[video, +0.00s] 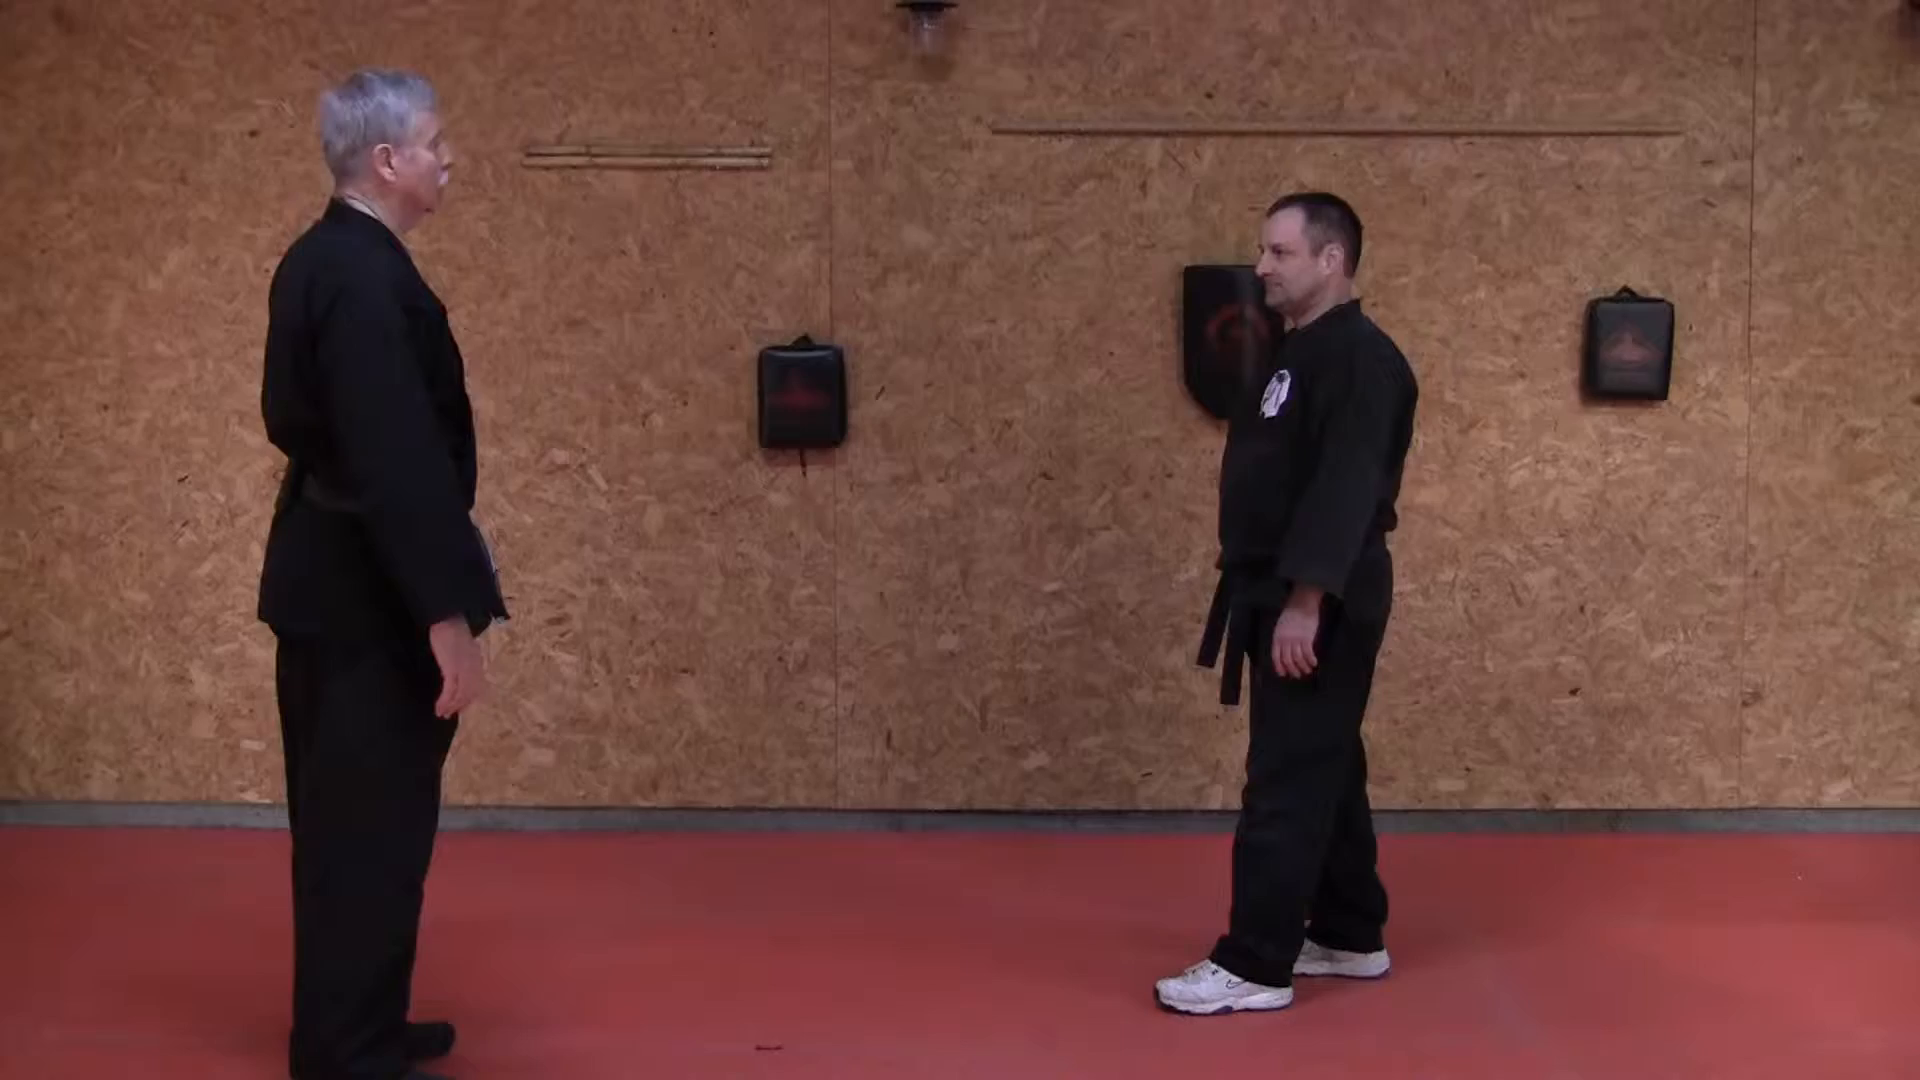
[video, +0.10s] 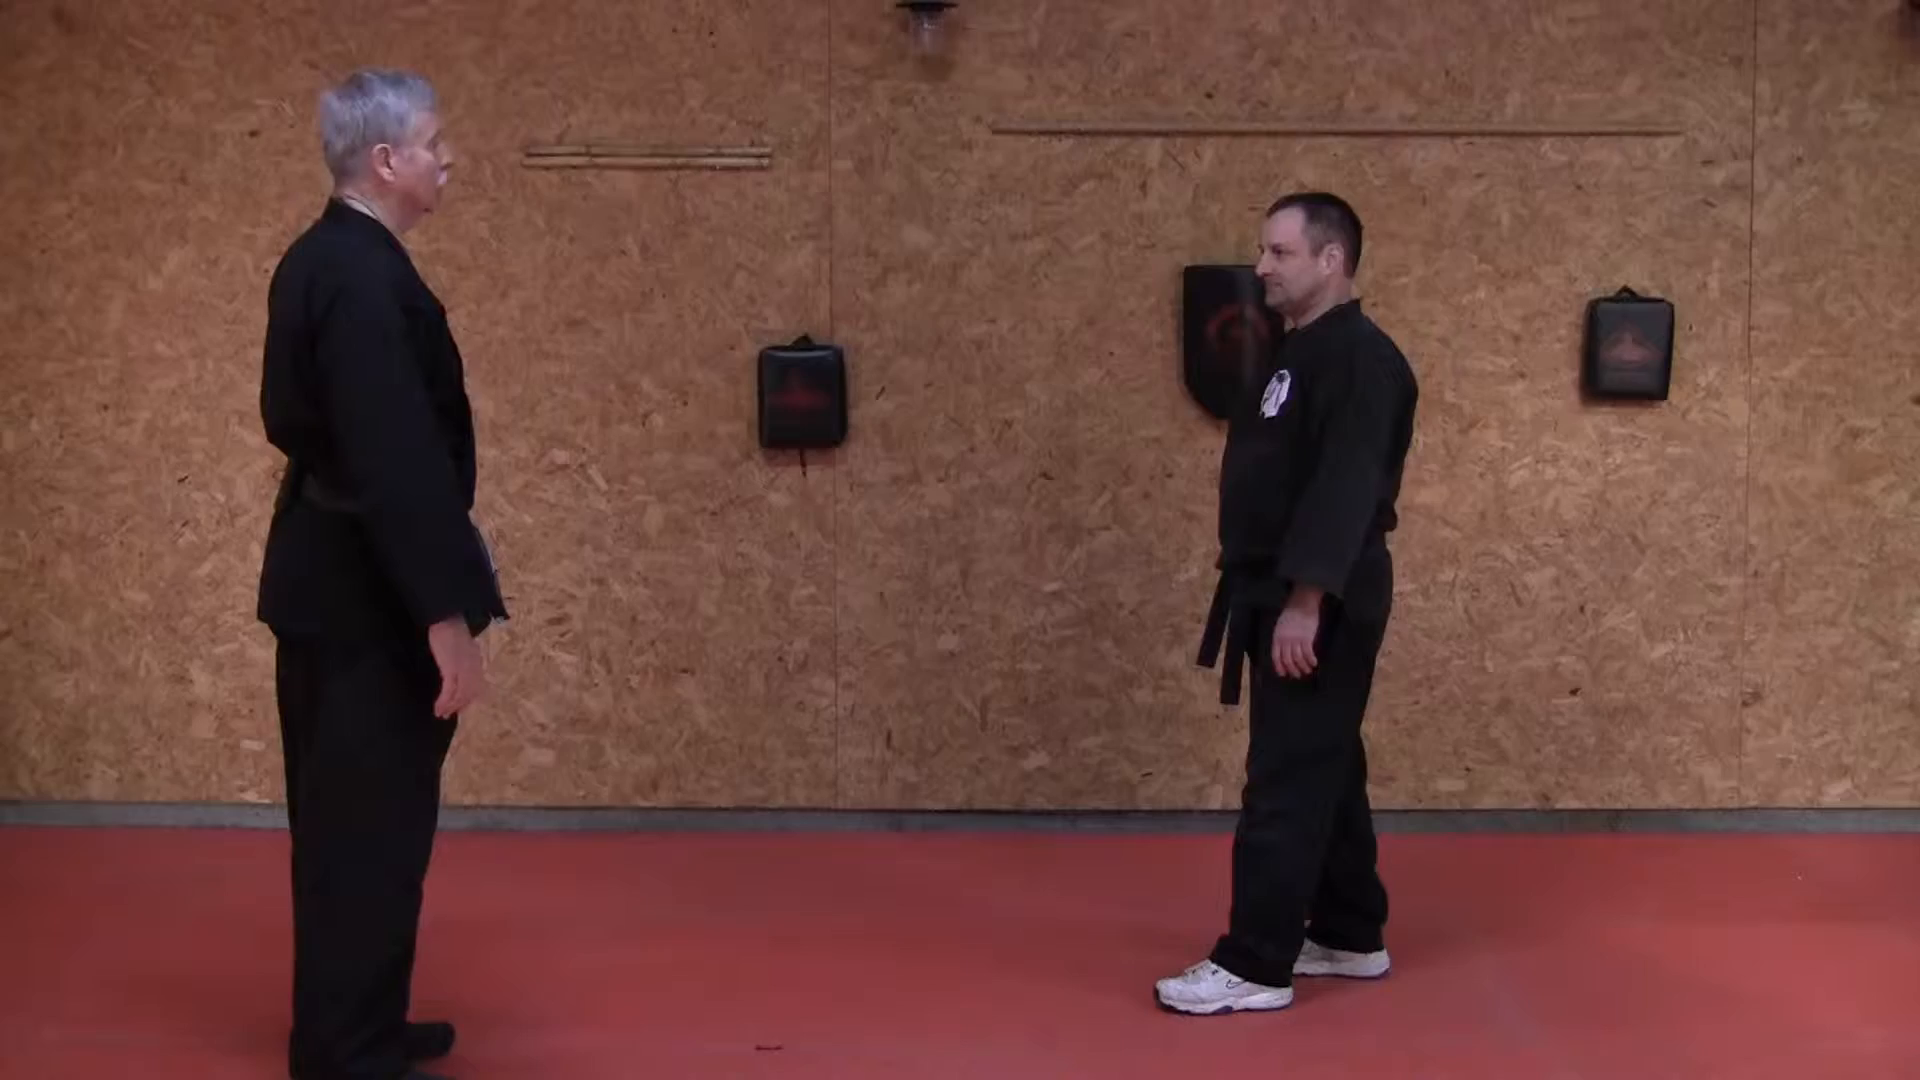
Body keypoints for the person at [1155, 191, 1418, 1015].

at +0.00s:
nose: (1263, 267)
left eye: (1279, 253)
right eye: (1262, 253)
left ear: (1333, 261)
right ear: (1307, 261)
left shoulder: (1362, 358)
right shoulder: (1296, 351)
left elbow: (1348, 490)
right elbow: (1282, 478)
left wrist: (1308, 598)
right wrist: (1252, 589)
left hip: (1324, 603)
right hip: (1287, 595)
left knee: (1286, 780)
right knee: (1322, 768)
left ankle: (1257, 961)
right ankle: (1349, 933)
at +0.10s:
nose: (1263, 267)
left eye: (1279, 253)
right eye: (1262, 252)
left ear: (1333, 261)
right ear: (1307, 261)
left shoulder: (1362, 358)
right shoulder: (1296, 351)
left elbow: (1348, 490)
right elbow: (1282, 478)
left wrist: (1308, 598)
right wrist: (1252, 590)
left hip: (1324, 604)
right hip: (1287, 595)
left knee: (1286, 780)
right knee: (1322, 768)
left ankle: (1257, 961)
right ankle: (1349, 933)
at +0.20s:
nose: (1263, 267)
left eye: (1279, 253)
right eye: (1262, 253)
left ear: (1333, 261)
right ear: (1306, 262)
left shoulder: (1362, 357)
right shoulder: (1296, 351)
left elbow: (1348, 489)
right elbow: (1281, 478)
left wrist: (1308, 598)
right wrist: (1252, 590)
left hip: (1324, 604)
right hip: (1287, 596)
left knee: (1285, 780)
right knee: (1322, 768)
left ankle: (1257, 961)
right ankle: (1349, 933)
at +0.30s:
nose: (1262, 267)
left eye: (1277, 253)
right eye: (1261, 252)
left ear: (1332, 260)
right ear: (1304, 261)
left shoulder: (1361, 358)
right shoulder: (1293, 352)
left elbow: (1346, 490)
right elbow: (1280, 478)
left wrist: (1307, 598)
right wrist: (1251, 589)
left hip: (1325, 604)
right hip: (1287, 595)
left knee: (1284, 779)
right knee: (1322, 767)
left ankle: (1256, 961)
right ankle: (1349, 934)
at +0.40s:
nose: (1260, 267)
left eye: (1276, 253)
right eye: (1259, 253)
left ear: (1330, 261)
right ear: (1304, 262)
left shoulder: (1358, 357)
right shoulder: (1295, 352)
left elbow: (1344, 489)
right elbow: (1284, 479)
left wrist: (1306, 598)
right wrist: (1253, 589)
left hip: (1323, 603)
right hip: (1288, 596)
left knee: (1282, 781)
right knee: (1322, 768)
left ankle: (1256, 962)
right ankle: (1350, 935)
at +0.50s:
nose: (1256, 268)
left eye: (1272, 254)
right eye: (1255, 253)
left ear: (1326, 261)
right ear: (1302, 262)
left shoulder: (1355, 358)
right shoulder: (1293, 353)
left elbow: (1339, 489)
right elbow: (1280, 478)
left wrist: (1301, 599)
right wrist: (1249, 591)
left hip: (1320, 603)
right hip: (1286, 596)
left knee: (1279, 781)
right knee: (1322, 769)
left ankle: (1255, 962)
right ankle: (1350, 935)